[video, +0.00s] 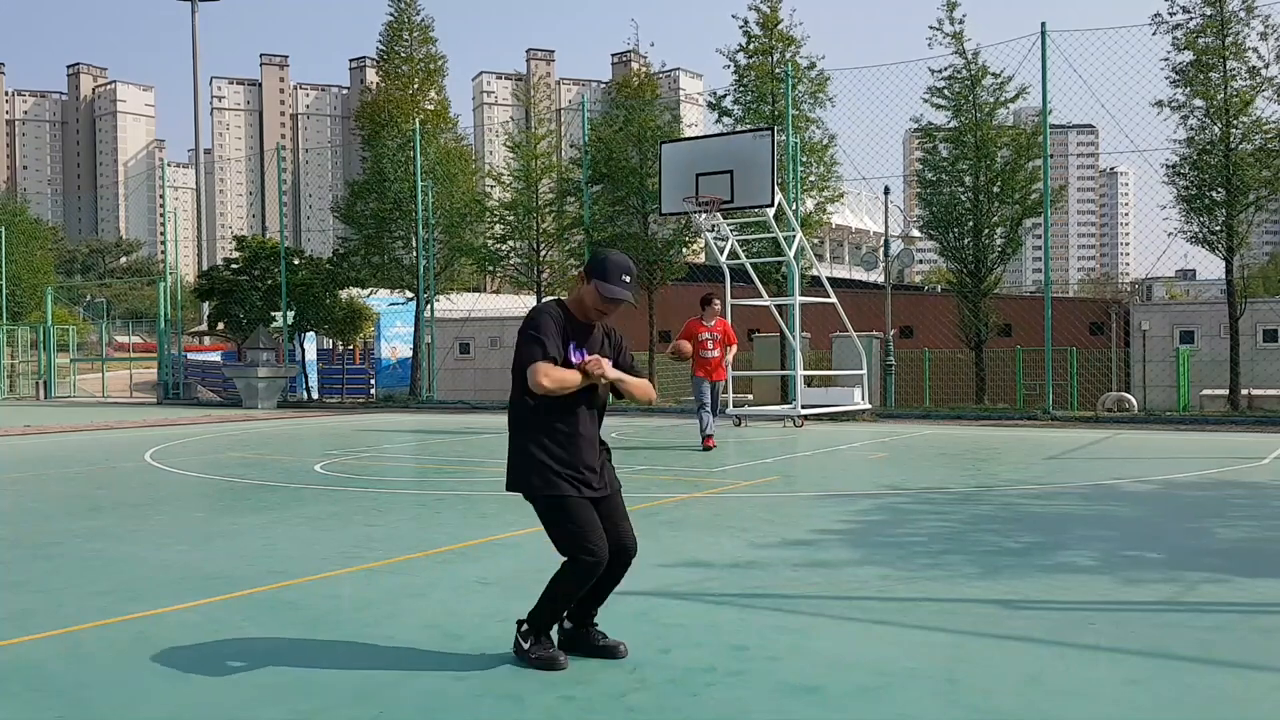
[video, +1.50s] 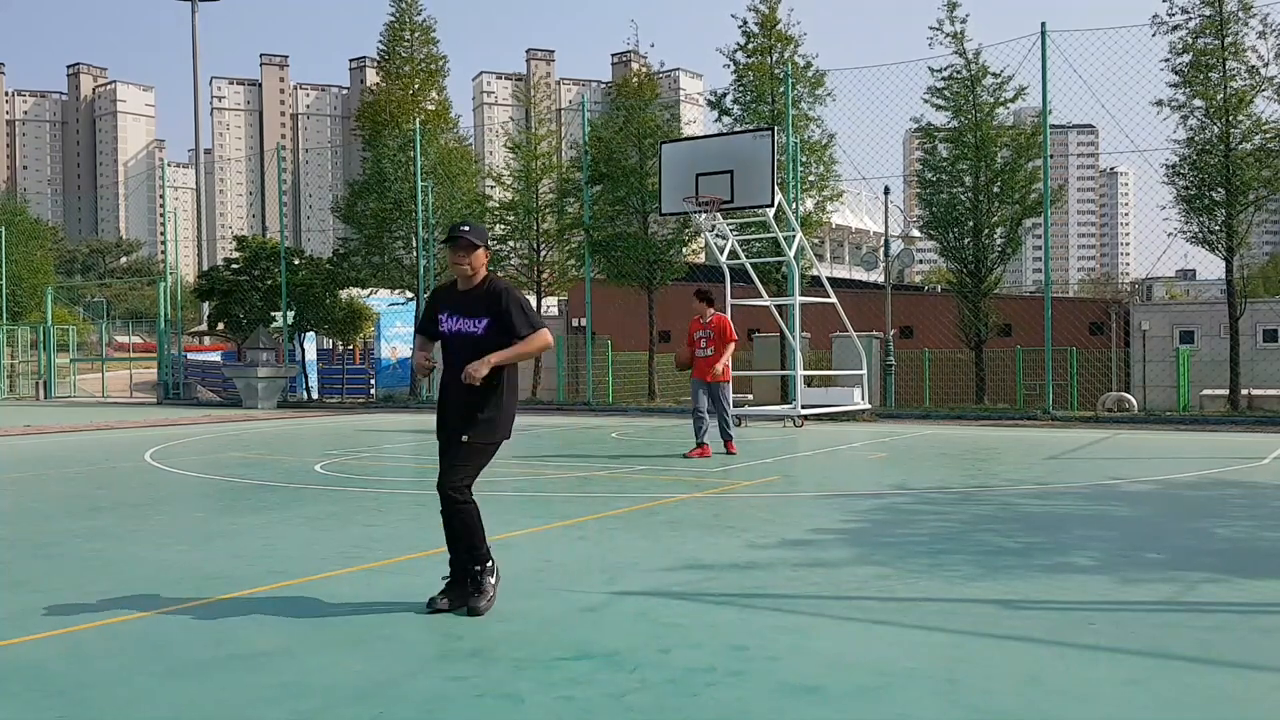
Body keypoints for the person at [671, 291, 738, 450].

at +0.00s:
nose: (719, 308)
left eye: (720, 305)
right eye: (716, 305)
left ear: (719, 307)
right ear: (706, 307)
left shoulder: (724, 324)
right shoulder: (692, 324)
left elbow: (733, 344)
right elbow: (679, 341)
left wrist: (730, 356)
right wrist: (672, 349)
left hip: (718, 369)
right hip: (700, 369)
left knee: (714, 405)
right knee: (704, 403)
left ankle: (709, 435)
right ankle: (707, 436)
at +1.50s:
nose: (693, 305)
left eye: (695, 301)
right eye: (693, 301)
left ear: (704, 303)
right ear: (701, 303)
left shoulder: (723, 320)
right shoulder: (694, 323)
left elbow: (731, 343)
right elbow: (690, 347)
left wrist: (721, 362)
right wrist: (683, 361)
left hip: (719, 371)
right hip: (699, 372)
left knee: (724, 409)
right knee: (699, 409)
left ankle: (728, 441)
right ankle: (702, 445)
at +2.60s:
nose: (653, 305)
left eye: (653, 301)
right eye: (654, 301)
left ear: (657, 302)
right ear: (671, 301)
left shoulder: (658, 317)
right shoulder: (684, 318)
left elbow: (656, 346)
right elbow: (693, 343)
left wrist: (653, 365)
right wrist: (686, 358)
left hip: (670, 366)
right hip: (691, 366)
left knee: (669, 409)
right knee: (688, 409)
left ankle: (671, 449)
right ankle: (691, 448)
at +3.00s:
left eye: (656, 301)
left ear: (655, 302)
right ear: (670, 301)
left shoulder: (655, 319)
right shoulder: (684, 318)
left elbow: (651, 346)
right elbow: (695, 344)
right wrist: (681, 353)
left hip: (666, 367)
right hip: (687, 366)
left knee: (667, 411)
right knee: (688, 410)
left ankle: (671, 449)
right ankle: (691, 449)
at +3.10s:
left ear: (657, 304)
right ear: (671, 302)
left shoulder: (653, 320)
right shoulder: (685, 318)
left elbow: (648, 346)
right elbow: (695, 343)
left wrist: (651, 366)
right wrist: (683, 355)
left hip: (666, 368)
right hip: (687, 367)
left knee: (667, 411)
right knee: (688, 410)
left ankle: (672, 449)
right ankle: (691, 449)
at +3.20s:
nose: (671, 304)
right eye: (671, 301)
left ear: (656, 303)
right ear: (672, 302)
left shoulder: (654, 319)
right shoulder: (685, 318)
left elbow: (652, 345)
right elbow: (695, 343)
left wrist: (655, 363)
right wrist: (682, 352)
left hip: (666, 368)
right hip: (687, 367)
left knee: (667, 410)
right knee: (688, 410)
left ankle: (672, 449)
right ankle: (690, 449)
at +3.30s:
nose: (672, 304)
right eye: (672, 301)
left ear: (655, 304)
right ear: (672, 302)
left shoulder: (654, 319)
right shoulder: (685, 318)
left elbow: (652, 346)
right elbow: (695, 343)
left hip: (665, 369)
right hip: (687, 368)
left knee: (667, 412)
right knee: (689, 410)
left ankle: (671, 449)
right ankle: (690, 448)